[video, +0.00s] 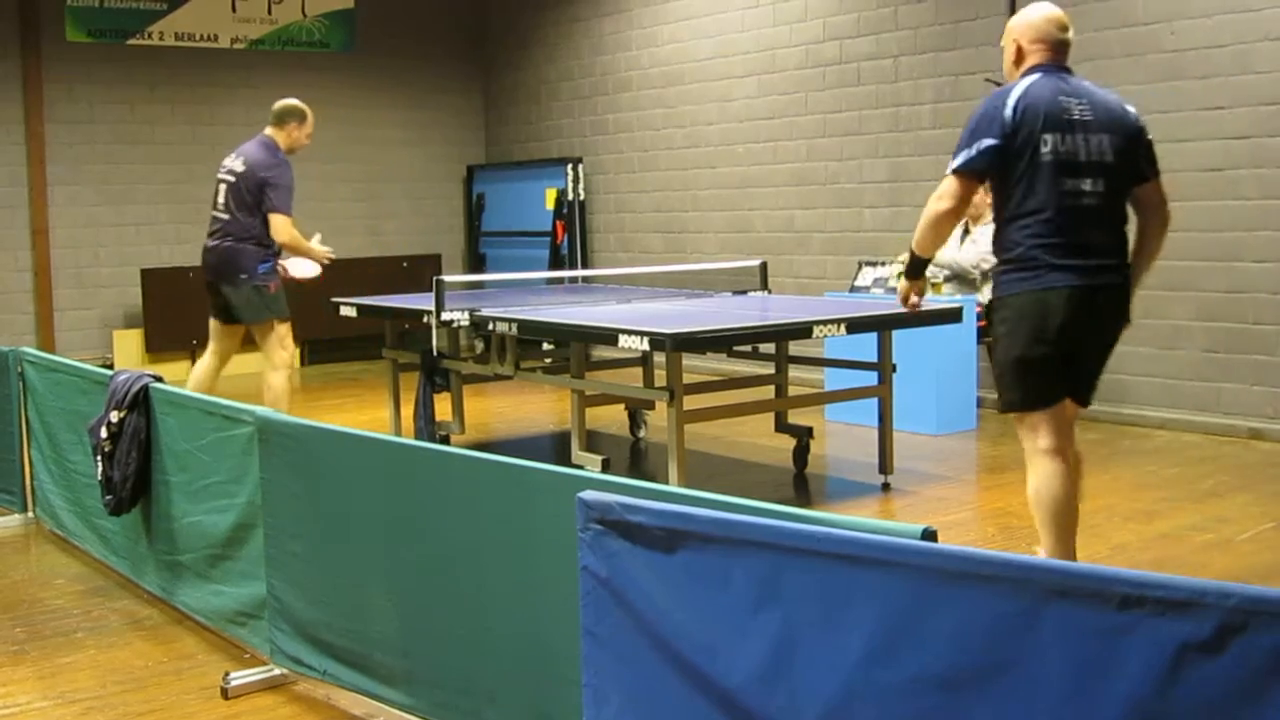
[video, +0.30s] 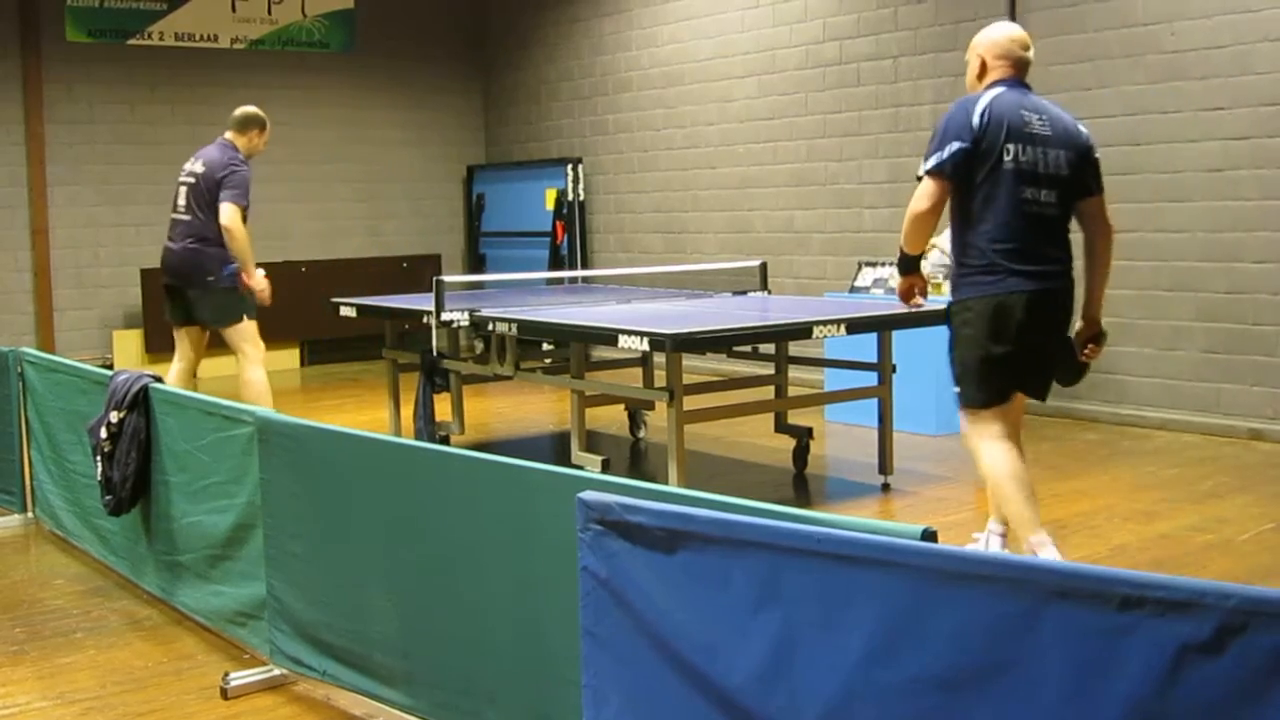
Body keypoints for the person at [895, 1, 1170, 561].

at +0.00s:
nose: (1004, 62)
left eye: (1006, 52)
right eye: (1006, 52)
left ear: (1018, 50)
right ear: (1064, 51)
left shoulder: (1006, 107)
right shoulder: (1118, 113)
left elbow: (950, 202)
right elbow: (1155, 214)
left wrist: (914, 269)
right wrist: (1128, 281)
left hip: (1031, 298)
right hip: (1104, 295)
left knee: (1045, 445)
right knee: (1059, 433)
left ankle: (1059, 578)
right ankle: (1059, 565)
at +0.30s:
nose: (968, 75)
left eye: (970, 66)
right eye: (970, 66)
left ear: (981, 65)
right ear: (1026, 67)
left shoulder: (973, 111)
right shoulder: (1071, 131)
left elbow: (926, 204)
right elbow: (1098, 230)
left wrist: (908, 265)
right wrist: (1092, 313)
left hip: (986, 296)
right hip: (1050, 297)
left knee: (985, 426)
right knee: (1008, 421)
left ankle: (1040, 552)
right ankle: (995, 539)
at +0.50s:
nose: (940, 74)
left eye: (943, 64)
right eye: (941, 66)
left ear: (957, 61)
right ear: (1002, 66)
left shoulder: (953, 102)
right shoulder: (1040, 124)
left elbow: (929, 181)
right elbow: (1067, 219)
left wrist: (905, 255)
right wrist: (1061, 299)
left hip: (964, 289)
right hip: (1029, 293)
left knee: (908, 407)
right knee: (998, 417)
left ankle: (952, 525)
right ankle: (995, 542)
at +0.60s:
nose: (926, 76)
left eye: (928, 66)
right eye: (927, 67)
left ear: (942, 62)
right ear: (984, 66)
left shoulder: (940, 102)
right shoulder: (1024, 122)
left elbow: (922, 175)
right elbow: (1048, 214)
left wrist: (901, 251)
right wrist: (1036, 280)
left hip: (951, 286)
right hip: (1016, 288)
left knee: (897, 409)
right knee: (995, 421)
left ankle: (885, 535)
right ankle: (998, 541)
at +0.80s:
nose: (888, 85)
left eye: (890, 77)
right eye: (889, 78)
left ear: (903, 75)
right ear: (944, 76)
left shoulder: (898, 116)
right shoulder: (986, 126)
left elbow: (875, 186)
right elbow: (1012, 213)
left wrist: (867, 254)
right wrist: (987, 264)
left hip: (921, 293)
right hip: (987, 292)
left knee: (870, 418)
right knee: (968, 422)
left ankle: (836, 533)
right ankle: (992, 538)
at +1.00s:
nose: (838, 109)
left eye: (840, 102)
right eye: (841, 102)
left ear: (850, 100)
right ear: (893, 98)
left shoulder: (838, 139)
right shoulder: (939, 136)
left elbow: (795, 212)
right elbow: (986, 214)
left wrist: (822, 271)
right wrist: (953, 263)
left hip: (886, 295)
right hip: (955, 291)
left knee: (839, 416)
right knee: (948, 393)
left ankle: (826, 532)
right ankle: (984, 505)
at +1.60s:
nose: (818, 187)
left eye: (817, 181)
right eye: (817, 181)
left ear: (826, 176)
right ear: (863, 168)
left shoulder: (826, 200)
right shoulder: (912, 192)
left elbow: (800, 286)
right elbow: (933, 255)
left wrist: (807, 317)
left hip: (901, 310)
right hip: (968, 303)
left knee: (829, 420)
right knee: (966, 413)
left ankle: (815, 535)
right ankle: (993, 517)